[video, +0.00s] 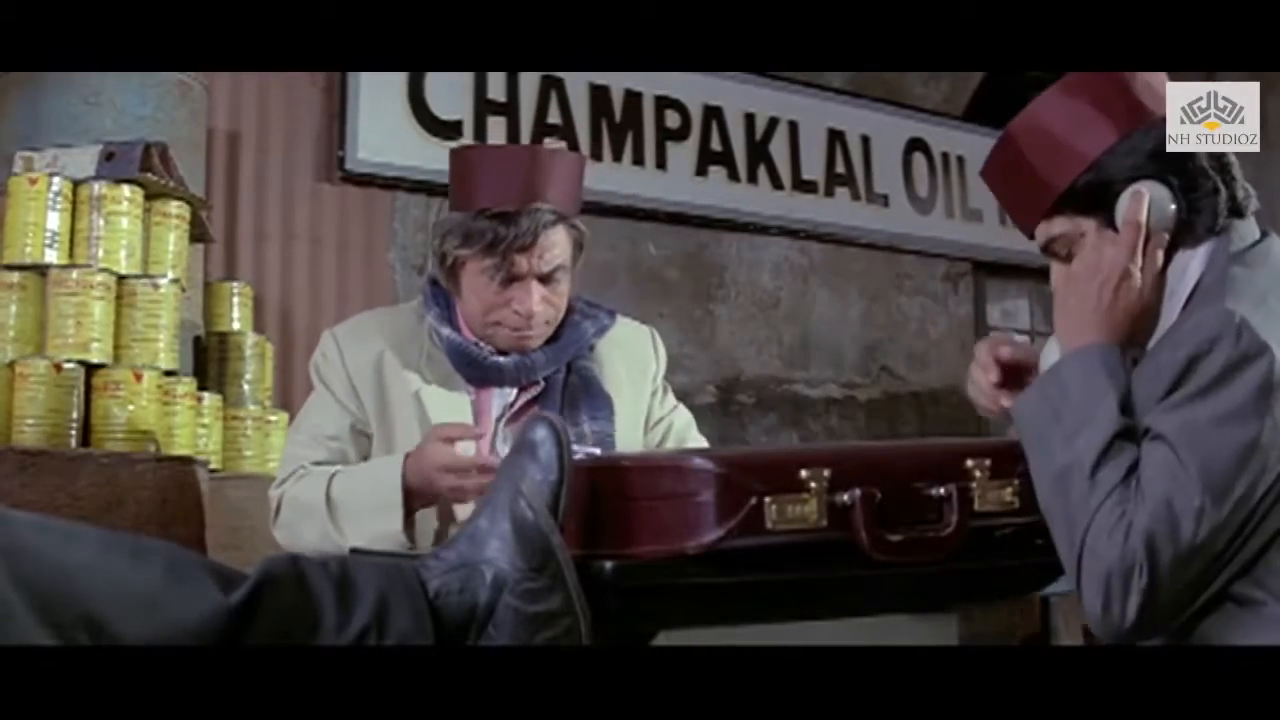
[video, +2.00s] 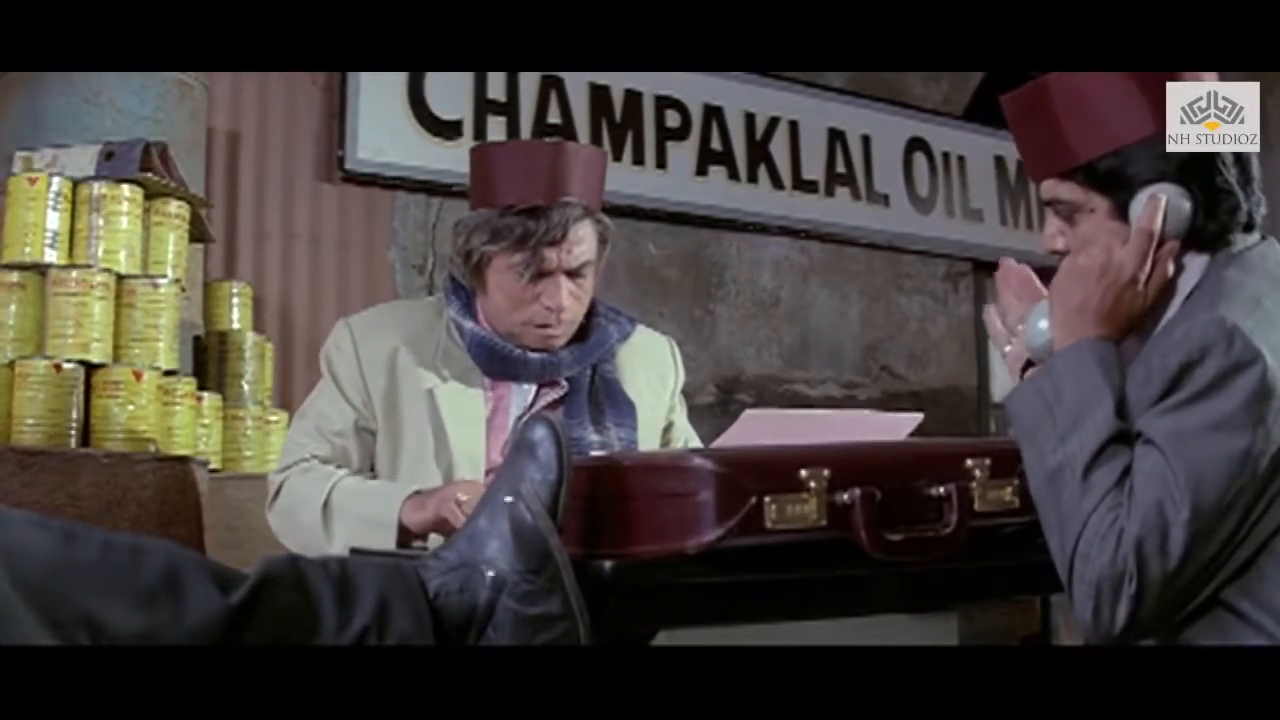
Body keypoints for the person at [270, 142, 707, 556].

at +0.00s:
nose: (530, 306)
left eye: (551, 278)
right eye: (504, 278)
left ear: (574, 267)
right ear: (450, 265)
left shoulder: (630, 355)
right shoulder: (359, 356)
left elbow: (696, 487)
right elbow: (294, 510)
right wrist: (406, 483)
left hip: (588, 622)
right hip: (416, 627)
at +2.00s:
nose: (558, 299)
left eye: (577, 273)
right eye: (532, 272)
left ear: (599, 268)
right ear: (475, 264)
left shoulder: (650, 363)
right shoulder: (373, 350)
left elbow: (691, 492)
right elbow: (294, 492)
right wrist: (409, 509)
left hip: (599, 622)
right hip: (426, 627)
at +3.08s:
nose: (567, 262)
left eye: (580, 236)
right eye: (533, 242)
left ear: (597, 243)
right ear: (475, 252)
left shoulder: (646, 360)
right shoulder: (393, 326)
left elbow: (681, 483)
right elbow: (354, 427)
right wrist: (489, 354)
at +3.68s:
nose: (547, 206)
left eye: (556, 191)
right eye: (512, 193)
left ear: (577, 216)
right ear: (453, 238)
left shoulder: (630, 342)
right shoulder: (395, 314)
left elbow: (679, 467)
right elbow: (400, 398)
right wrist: (587, 308)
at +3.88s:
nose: (527, 197)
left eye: (535, 180)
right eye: (492, 189)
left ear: (563, 206)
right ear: (438, 234)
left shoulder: (639, 345)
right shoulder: (393, 309)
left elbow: (678, 467)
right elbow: (444, 360)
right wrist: (566, 298)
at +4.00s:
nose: (518, 201)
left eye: (530, 183)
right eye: (485, 194)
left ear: (559, 210)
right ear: (437, 243)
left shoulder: (633, 341)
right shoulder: (395, 309)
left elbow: (678, 464)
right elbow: (408, 375)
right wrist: (568, 280)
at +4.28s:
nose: (553, 230)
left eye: (567, 209)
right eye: (520, 212)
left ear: (587, 231)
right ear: (464, 250)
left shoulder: (644, 355)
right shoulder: (399, 323)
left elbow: (687, 484)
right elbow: (370, 428)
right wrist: (428, 267)